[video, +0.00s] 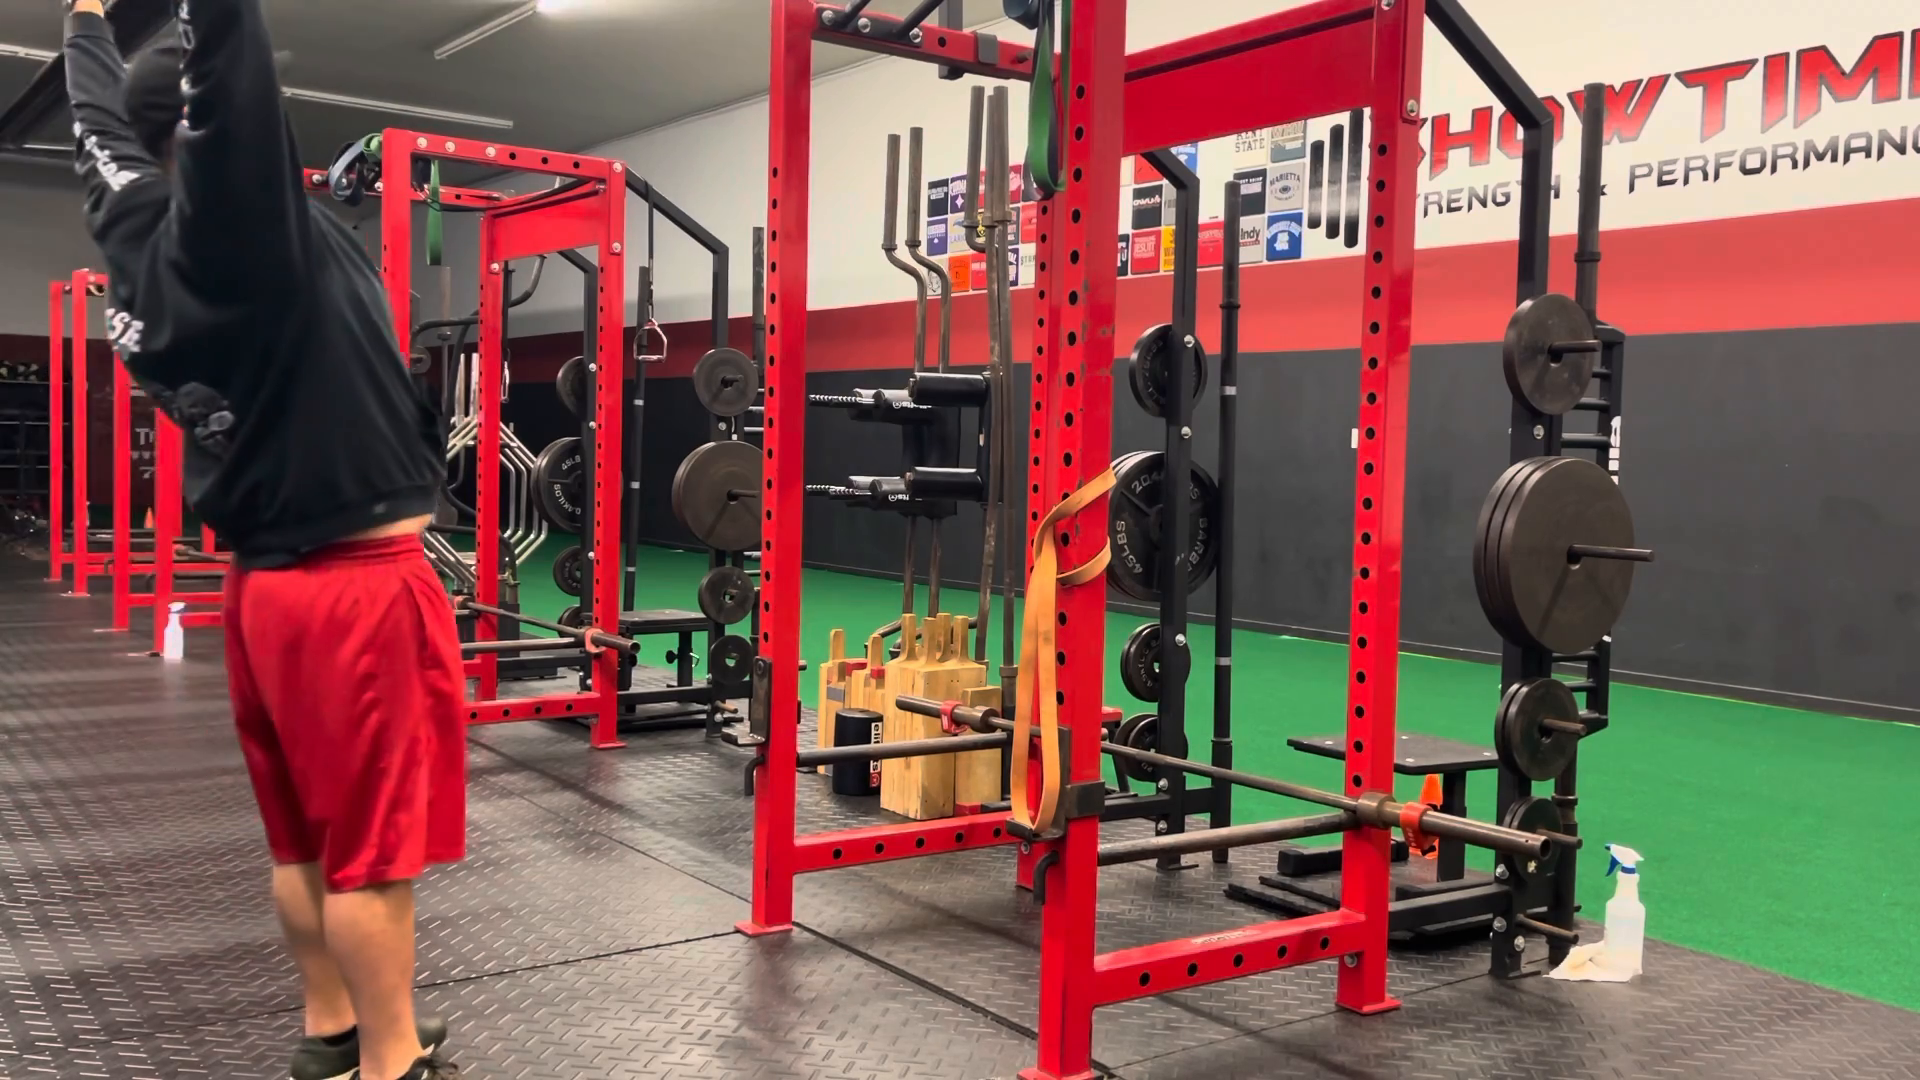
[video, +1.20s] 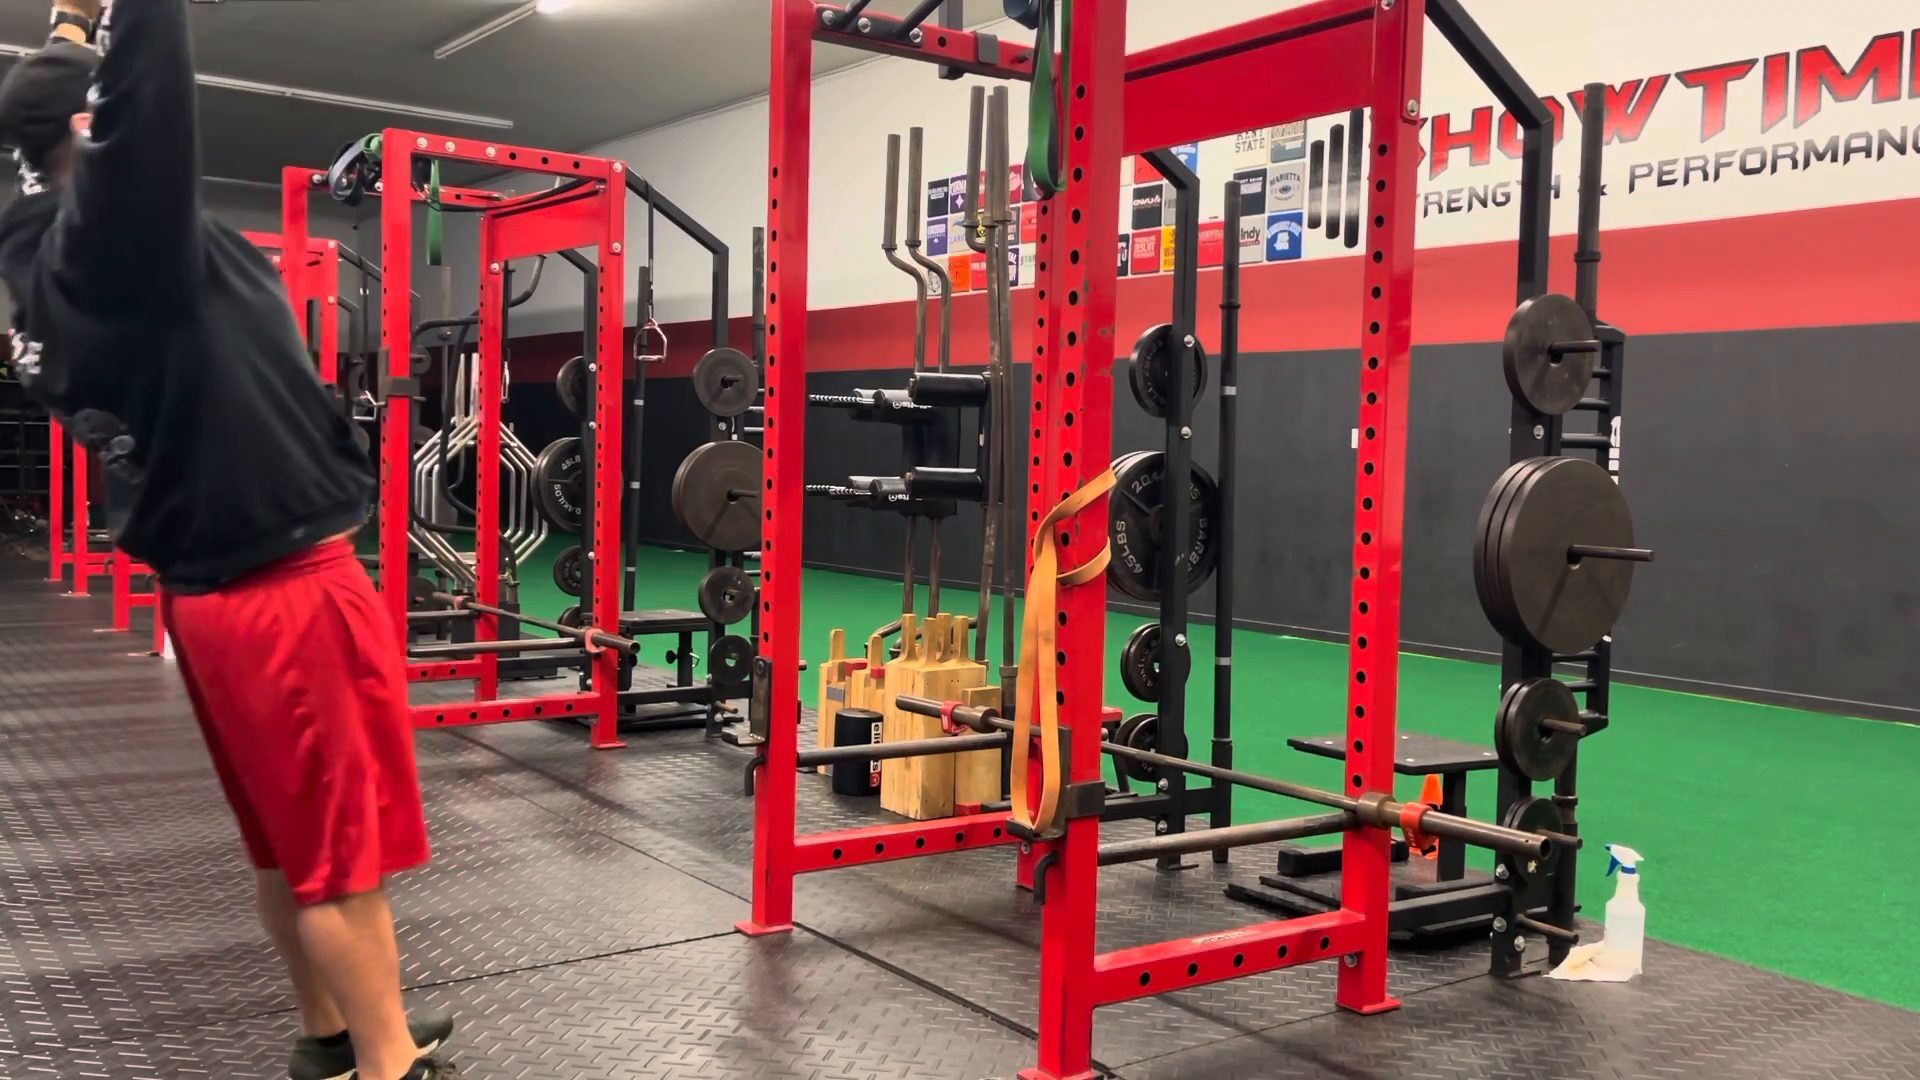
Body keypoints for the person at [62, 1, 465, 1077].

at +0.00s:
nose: (248, 122)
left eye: (221, 99)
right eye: (226, 99)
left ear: (149, 137)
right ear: (216, 119)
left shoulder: (146, 239)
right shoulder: (244, 220)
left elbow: (105, 130)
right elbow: (230, 62)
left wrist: (83, 18)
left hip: (263, 591)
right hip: (355, 591)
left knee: (300, 836)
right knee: (371, 855)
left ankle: (331, 1027)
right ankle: (392, 1056)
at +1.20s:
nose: (135, 125)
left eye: (123, 104)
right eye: (115, 111)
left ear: (36, 154)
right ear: (84, 131)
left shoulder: (59, 268)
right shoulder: (119, 239)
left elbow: (54, 170)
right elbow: (147, 89)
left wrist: (85, 44)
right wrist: (124, 7)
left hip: (216, 602)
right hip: (284, 595)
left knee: (290, 849)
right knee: (344, 863)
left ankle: (329, 1033)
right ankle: (392, 1060)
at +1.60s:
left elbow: (19, 175)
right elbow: (37, 156)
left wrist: (93, 142)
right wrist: (153, 36)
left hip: (95, 607)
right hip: (133, 607)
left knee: (239, 846)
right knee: (266, 864)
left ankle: (335, 1027)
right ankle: (371, 1063)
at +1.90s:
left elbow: (25, 319)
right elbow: (23, 328)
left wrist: (187, 238)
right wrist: (201, 232)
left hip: (41, 638)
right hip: (39, 647)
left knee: (192, 849)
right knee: (206, 883)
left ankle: (317, 1027)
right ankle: (359, 1065)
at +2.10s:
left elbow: (31, 306)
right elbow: (30, 310)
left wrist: (188, 227)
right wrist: (192, 224)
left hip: (42, 636)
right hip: (36, 649)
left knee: (190, 848)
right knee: (206, 885)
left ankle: (316, 1025)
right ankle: (359, 1066)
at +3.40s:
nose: (279, 129)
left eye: (271, 113)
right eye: (261, 115)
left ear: (188, 157)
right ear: (218, 137)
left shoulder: (138, 256)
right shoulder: (235, 237)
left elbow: (92, 140)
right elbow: (200, 73)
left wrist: (76, 20)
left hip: (245, 597)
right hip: (333, 594)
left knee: (295, 841)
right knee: (356, 855)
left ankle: (332, 1026)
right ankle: (388, 1057)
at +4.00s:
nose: (220, 134)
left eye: (211, 118)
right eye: (200, 119)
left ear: (114, 158)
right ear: (158, 141)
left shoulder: (83, 277)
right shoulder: (169, 254)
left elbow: (51, 152)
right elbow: (161, 98)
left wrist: (68, 34)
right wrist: (133, 1)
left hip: (228, 605)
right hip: (307, 594)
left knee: (293, 845)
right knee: (352, 855)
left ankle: (333, 1025)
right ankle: (389, 1058)